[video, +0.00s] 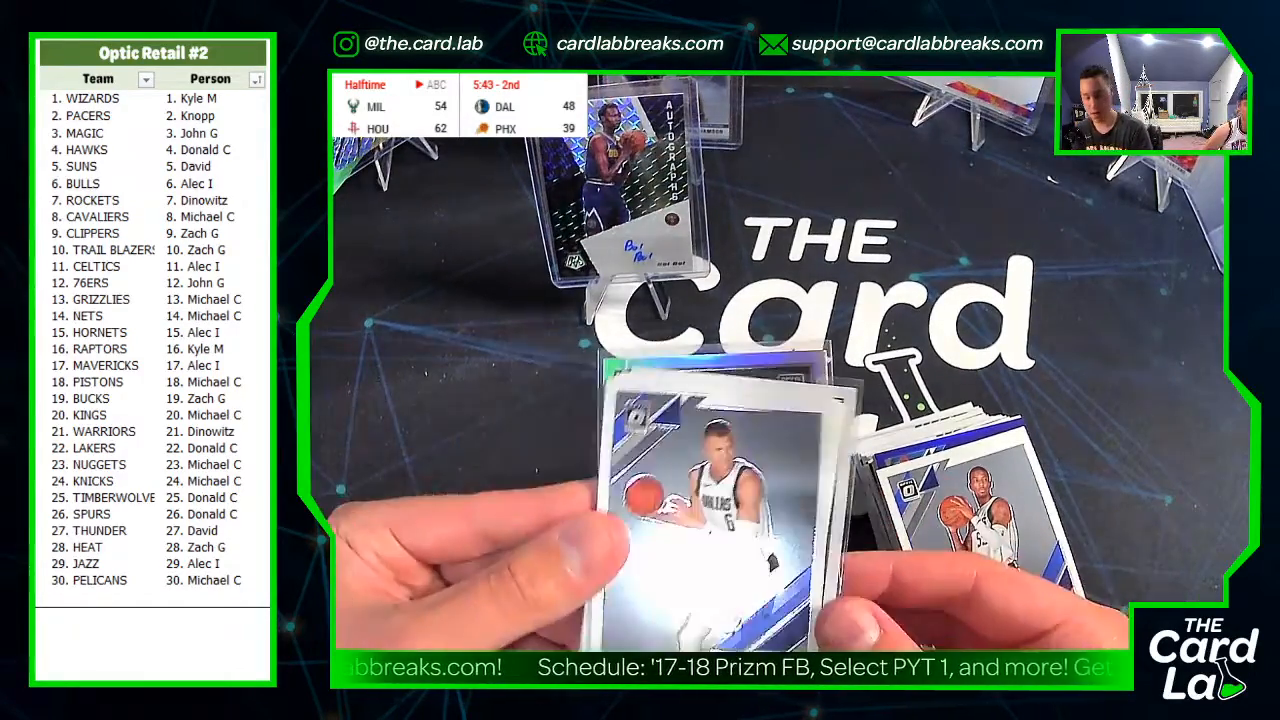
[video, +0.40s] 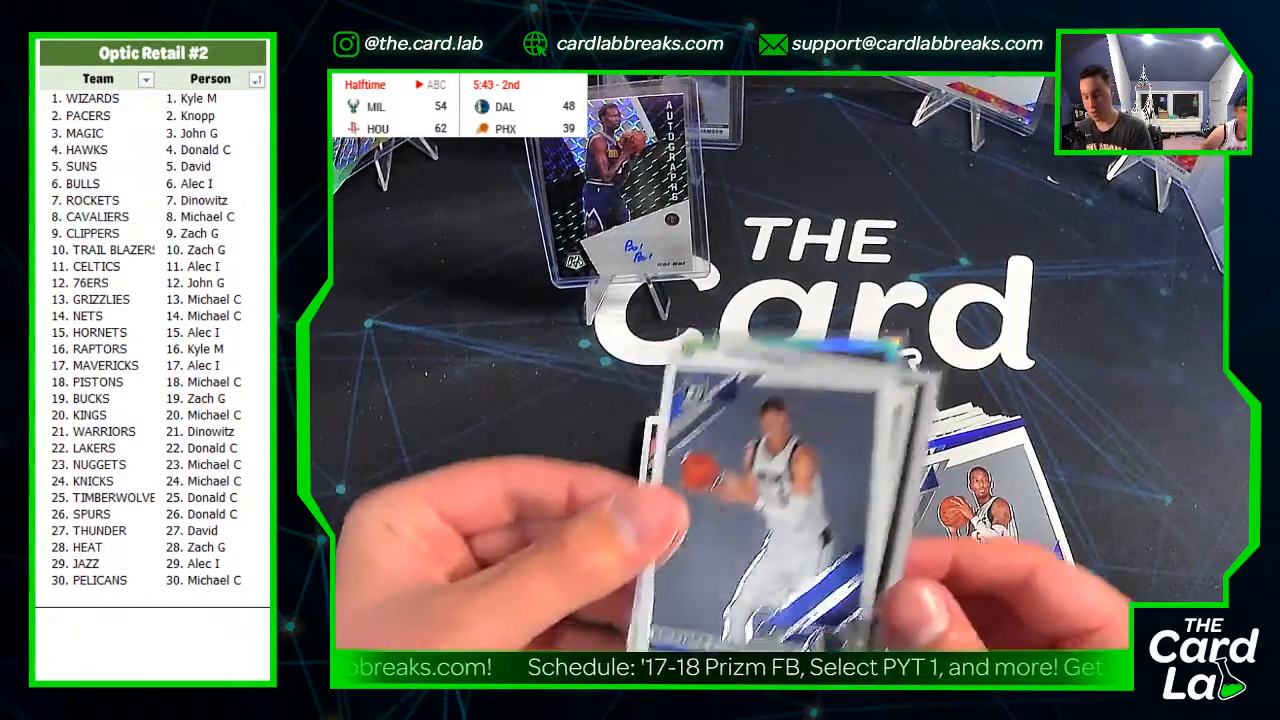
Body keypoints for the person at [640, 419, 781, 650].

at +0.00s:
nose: (725, 455)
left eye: (729, 448)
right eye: (718, 449)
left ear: (734, 446)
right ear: (706, 450)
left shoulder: (748, 480)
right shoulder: (697, 475)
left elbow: (746, 538)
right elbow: (698, 522)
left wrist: (693, 521)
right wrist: (660, 515)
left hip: (756, 566)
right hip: (719, 560)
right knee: (688, 636)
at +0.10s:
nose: (730, 451)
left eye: (734, 444)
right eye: (724, 446)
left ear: (739, 444)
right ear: (711, 447)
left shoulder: (752, 476)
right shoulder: (703, 471)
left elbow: (746, 536)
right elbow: (704, 515)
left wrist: (704, 518)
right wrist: (666, 508)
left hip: (761, 569)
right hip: (728, 568)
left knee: (757, 637)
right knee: (692, 634)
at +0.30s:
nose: (749, 446)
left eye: (754, 440)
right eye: (743, 440)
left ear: (762, 441)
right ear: (735, 442)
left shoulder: (776, 470)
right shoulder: (727, 466)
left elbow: (772, 528)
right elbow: (724, 507)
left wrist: (730, 512)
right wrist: (680, 503)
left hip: (788, 563)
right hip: (754, 561)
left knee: (796, 626)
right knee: (716, 622)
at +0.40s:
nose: (774, 428)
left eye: (779, 421)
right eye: (769, 422)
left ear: (787, 422)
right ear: (761, 424)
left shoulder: (802, 456)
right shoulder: (753, 451)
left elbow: (794, 517)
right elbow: (749, 493)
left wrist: (751, 498)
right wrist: (713, 483)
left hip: (812, 544)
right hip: (778, 541)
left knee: (806, 610)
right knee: (739, 608)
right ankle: (731, 663)